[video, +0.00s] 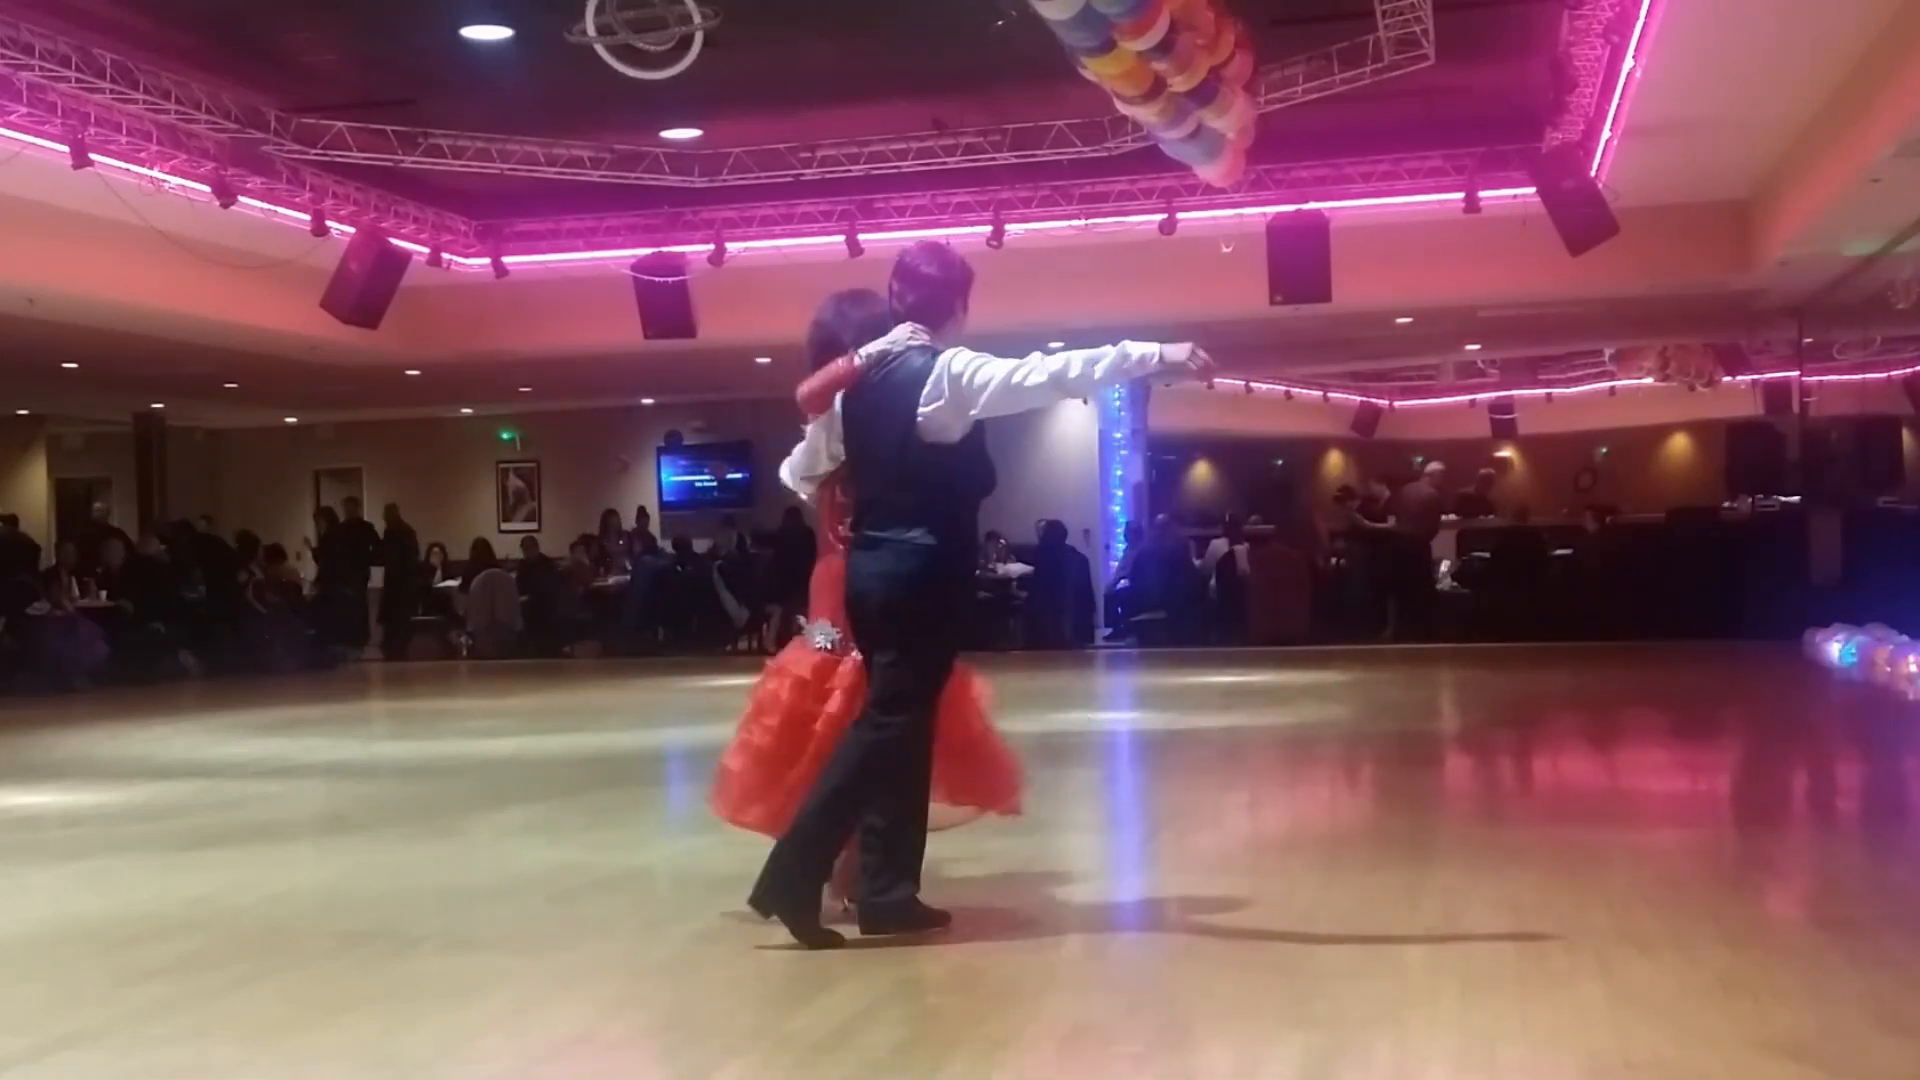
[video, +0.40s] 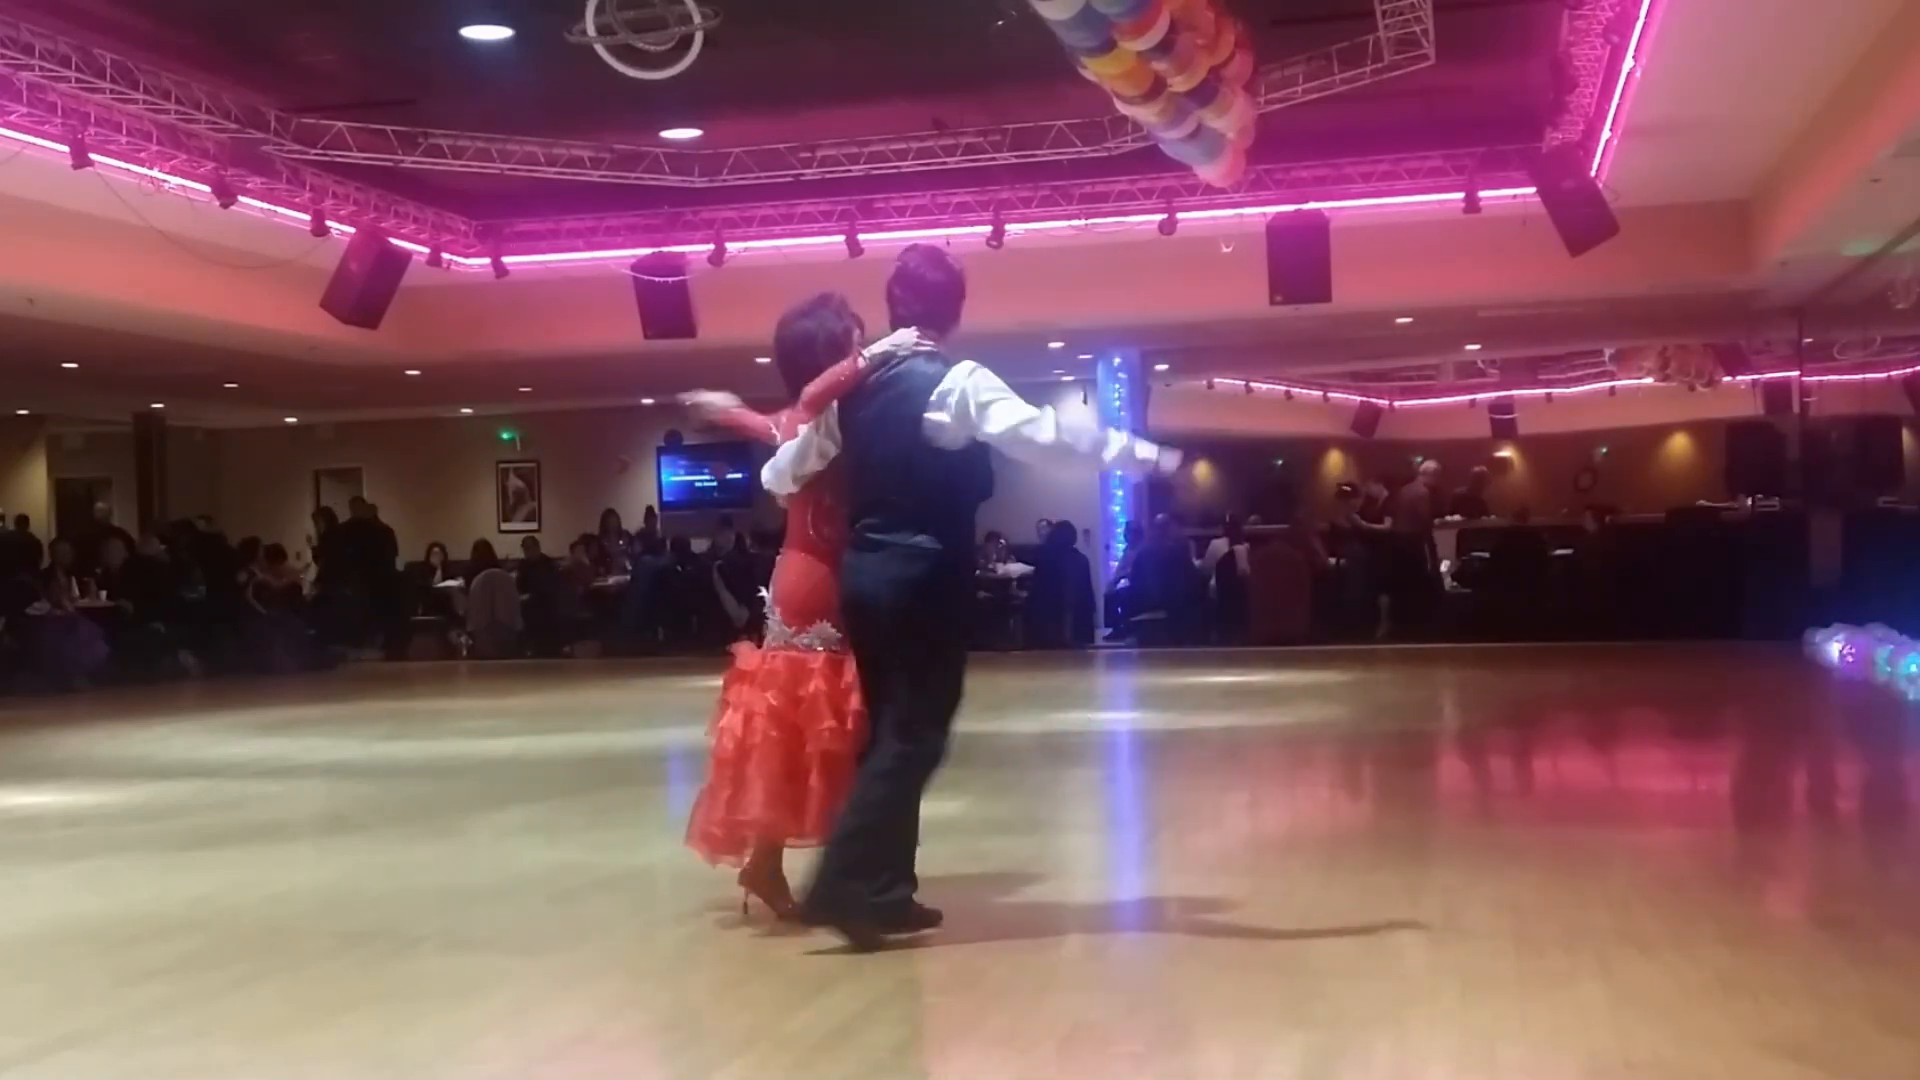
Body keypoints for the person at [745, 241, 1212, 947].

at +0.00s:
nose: (966, 312)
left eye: (964, 300)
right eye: (964, 300)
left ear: (895, 298)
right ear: (954, 301)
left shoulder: (858, 376)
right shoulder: (951, 370)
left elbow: (801, 469)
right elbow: (1048, 374)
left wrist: (829, 520)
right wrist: (1157, 357)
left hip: (870, 559)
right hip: (924, 562)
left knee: (903, 726)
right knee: (890, 726)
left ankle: (887, 894)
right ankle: (790, 877)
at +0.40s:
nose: (951, 317)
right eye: (955, 306)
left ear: (891, 309)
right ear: (955, 311)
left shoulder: (854, 388)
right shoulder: (961, 381)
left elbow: (781, 473)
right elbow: (1043, 431)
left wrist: (782, 467)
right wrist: (1138, 452)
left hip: (865, 565)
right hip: (929, 570)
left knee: (890, 727)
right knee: (916, 735)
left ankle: (882, 888)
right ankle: (843, 885)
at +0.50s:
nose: (944, 316)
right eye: (946, 305)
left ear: (881, 305)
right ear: (947, 309)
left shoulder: (842, 389)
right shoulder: (962, 384)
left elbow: (785, 479)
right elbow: (1047, 446)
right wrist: (1111, 475)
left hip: (860, 571)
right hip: (932, 574)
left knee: (880, 730)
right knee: (952, 735)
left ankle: (880, 895)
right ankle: (901, 894)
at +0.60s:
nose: (930, 314)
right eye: (937, 302)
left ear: (875, 305)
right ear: (941, 308)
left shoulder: (837, 383)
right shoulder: (969, 383)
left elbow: (799, 481)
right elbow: (1052, 456)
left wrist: (844, 528)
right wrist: (1068, 500)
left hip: (866, 577)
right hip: (946, 578)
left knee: (869, 731)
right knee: (961, 728)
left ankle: (873, 897)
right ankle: (962, 895)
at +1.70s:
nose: (895, 311)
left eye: (902, 298)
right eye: (898, 297)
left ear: (930, 301)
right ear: (965, 303)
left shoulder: (929, 379)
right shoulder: (1005, 377)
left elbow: (844, 445)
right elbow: (1040, 473)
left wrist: (780, 445)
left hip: (935, 588)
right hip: (984, 580)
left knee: (909, 742)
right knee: (966, 739)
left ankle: (926, 920)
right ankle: (1026, 894)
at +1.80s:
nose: (915, 315)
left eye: (922, 302)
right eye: (917, 301)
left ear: (951, 304)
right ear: (983, 304)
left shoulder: (958, 378)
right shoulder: (1009, 375)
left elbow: (858, 435)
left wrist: (828, 407)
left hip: (951, 591)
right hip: (989, 584)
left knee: (914, 739)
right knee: (972, 740)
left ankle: (926, 918)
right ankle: (1026, 896)